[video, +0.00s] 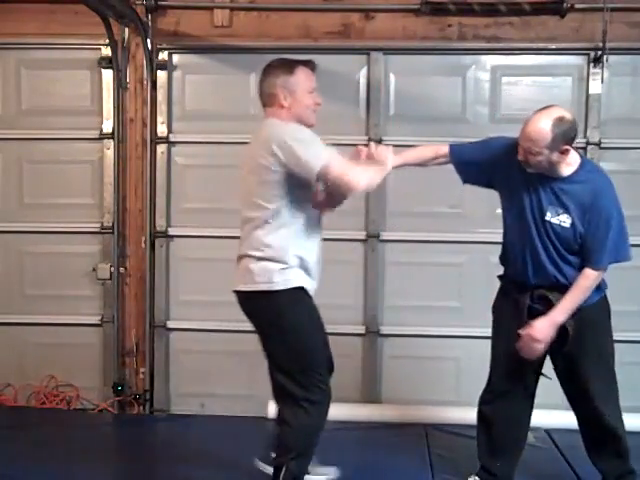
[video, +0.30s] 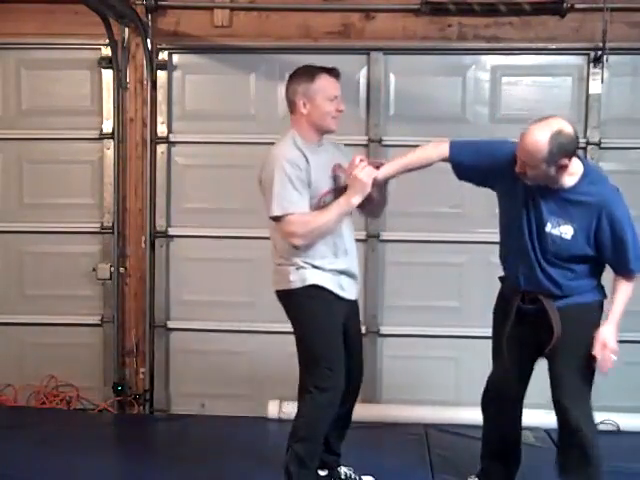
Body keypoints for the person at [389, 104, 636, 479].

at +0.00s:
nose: (521, 155)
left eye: (531, 151)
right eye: (521, 146)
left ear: (563, 151)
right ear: (522, 135)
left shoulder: (595, 189)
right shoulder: (509, 156)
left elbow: (595, 268)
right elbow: (446, 152)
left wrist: (551, 321)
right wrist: (392, 158)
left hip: (579, 306)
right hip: (518, 302)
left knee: (598, 405)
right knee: (503, 396)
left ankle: (619, 473)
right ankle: (492, 473)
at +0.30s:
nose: (518, 169)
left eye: (528, 165)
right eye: (518, 159)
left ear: (562, 165)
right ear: (520, 148)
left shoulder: (603, 199)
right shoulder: (511, 161)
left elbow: (627, 271)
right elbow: (442, 149)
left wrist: (609, 326)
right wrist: (384, 171)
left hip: (574, 309)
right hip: (517, 301)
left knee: (572, 413)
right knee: (500, 395)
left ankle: (582, 477)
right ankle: (494, 475)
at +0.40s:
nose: (518, 187)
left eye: (527, 184)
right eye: (519, 178)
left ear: (563, 183)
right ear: (521, 164)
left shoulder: (608, 216)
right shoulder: (518, 175)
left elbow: (635, 286)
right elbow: (444, 158)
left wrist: (620, 345)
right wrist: (383, 175)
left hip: (577, 319)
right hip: (524, 307)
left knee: (566, 424)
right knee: (498, 405)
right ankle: (494, 476)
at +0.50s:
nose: (516, 220)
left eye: (526, 217)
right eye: (515, 210)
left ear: (563, 213)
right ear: (516, 193)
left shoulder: (607, 236)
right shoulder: (514, 190)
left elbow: (637, 304)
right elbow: (441, 181)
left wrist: (625, 370)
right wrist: (381, 196)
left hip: (586, 321)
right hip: (532, 309)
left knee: (573, 423)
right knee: (505, 406)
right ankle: (494, 474)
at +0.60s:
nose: (507, 258)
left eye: (518, 258)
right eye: (508, 248)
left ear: (556, 253)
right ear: (513, 229)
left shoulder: (607, 263)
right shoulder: (509, 219)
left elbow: (636, 316)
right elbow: (431, 214)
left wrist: (622, 377)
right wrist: (372, 221)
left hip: (595, 322)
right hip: (539, 312)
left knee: (579, 417)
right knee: (519, 401)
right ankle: (495, 474)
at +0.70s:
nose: (503, 307)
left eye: (512, 307)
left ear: (552, 299)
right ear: (508, 276)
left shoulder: (607, 296)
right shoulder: (495, 252)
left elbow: (639, 330)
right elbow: (421, 231)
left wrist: (621, 380)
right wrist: (362, 229)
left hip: (600, 325)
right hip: (539, 314)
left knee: (585, 422)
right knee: (523, 403)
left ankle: (579, 476)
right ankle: (495, 476)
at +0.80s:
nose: (504, 348)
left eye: (511, 346)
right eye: (504, 339)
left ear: (554, 333)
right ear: (508, 306)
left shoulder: (609, 319)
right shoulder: (489, 277)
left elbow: (637, 348)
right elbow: (420, 244)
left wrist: (616, 392)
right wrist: (363, 236)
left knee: (588, 424)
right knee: (522, 403)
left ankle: (580, 475)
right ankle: (496, 473)